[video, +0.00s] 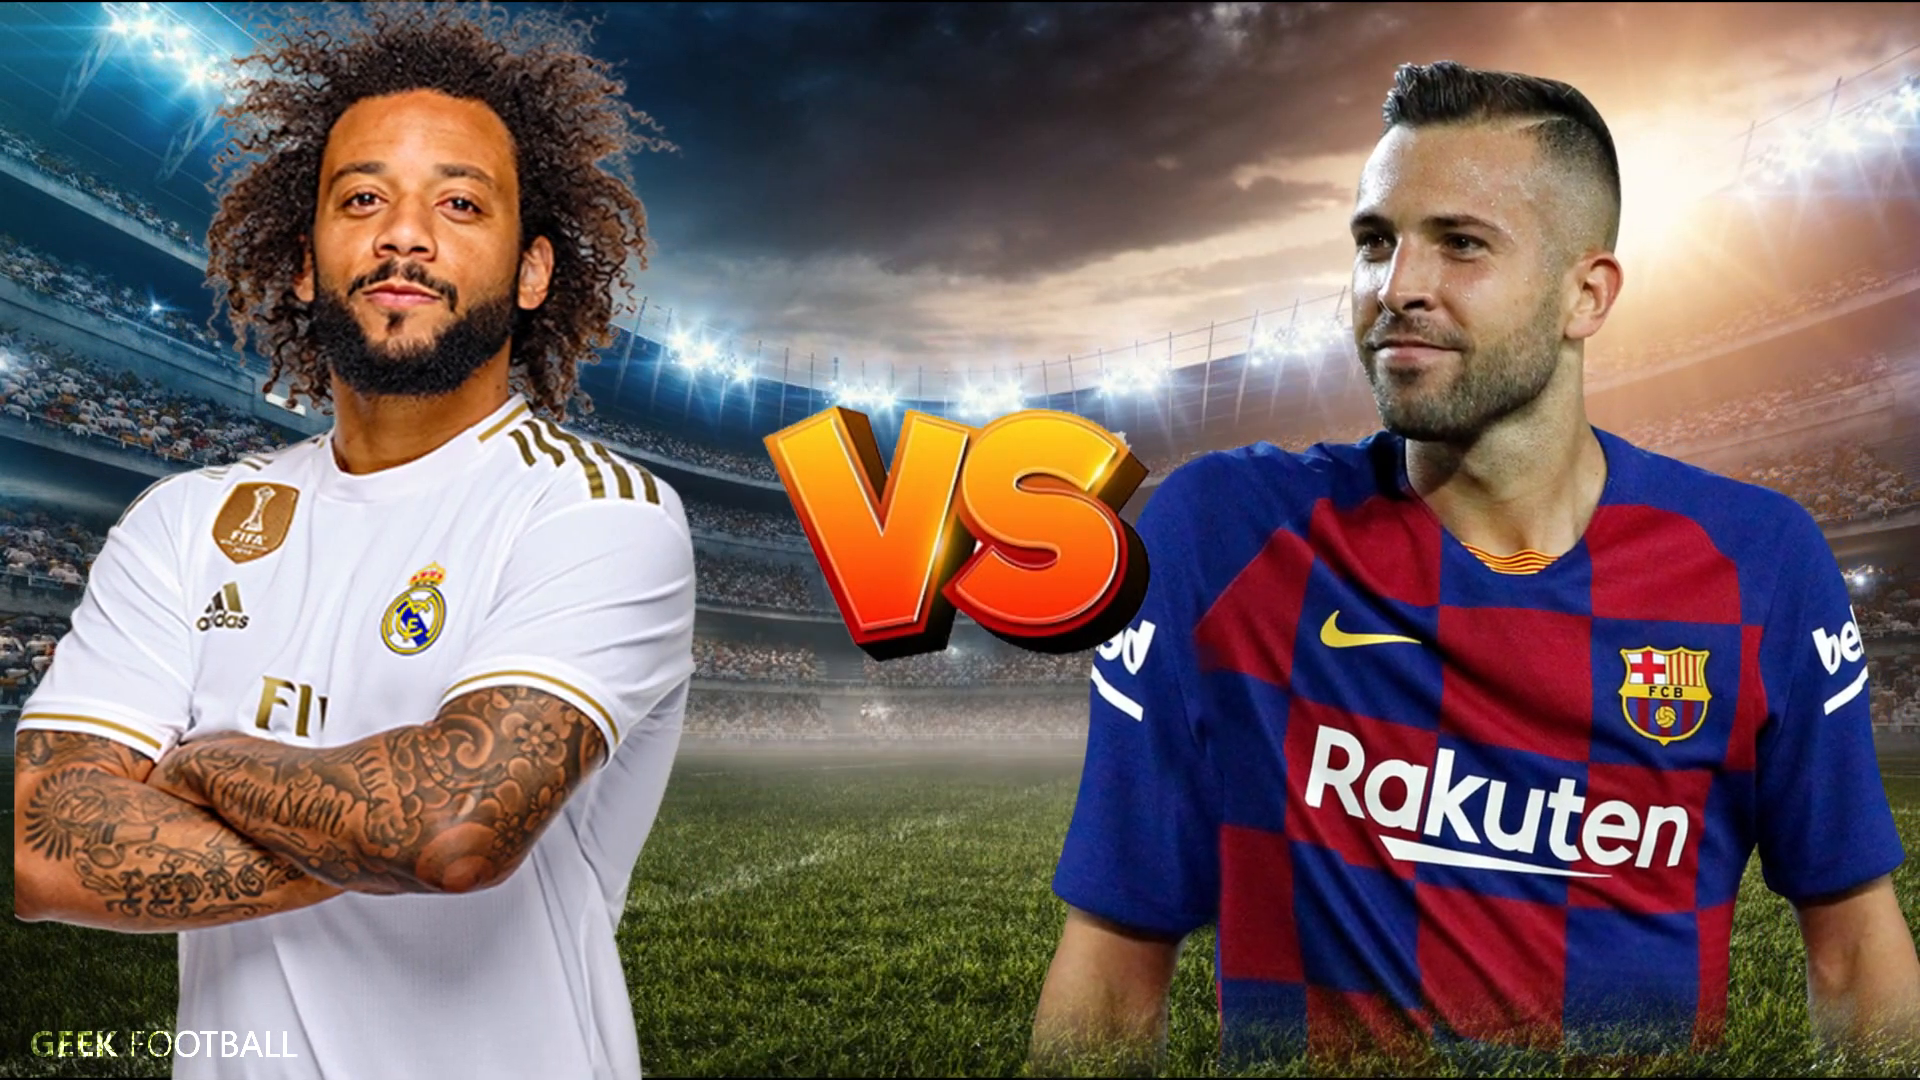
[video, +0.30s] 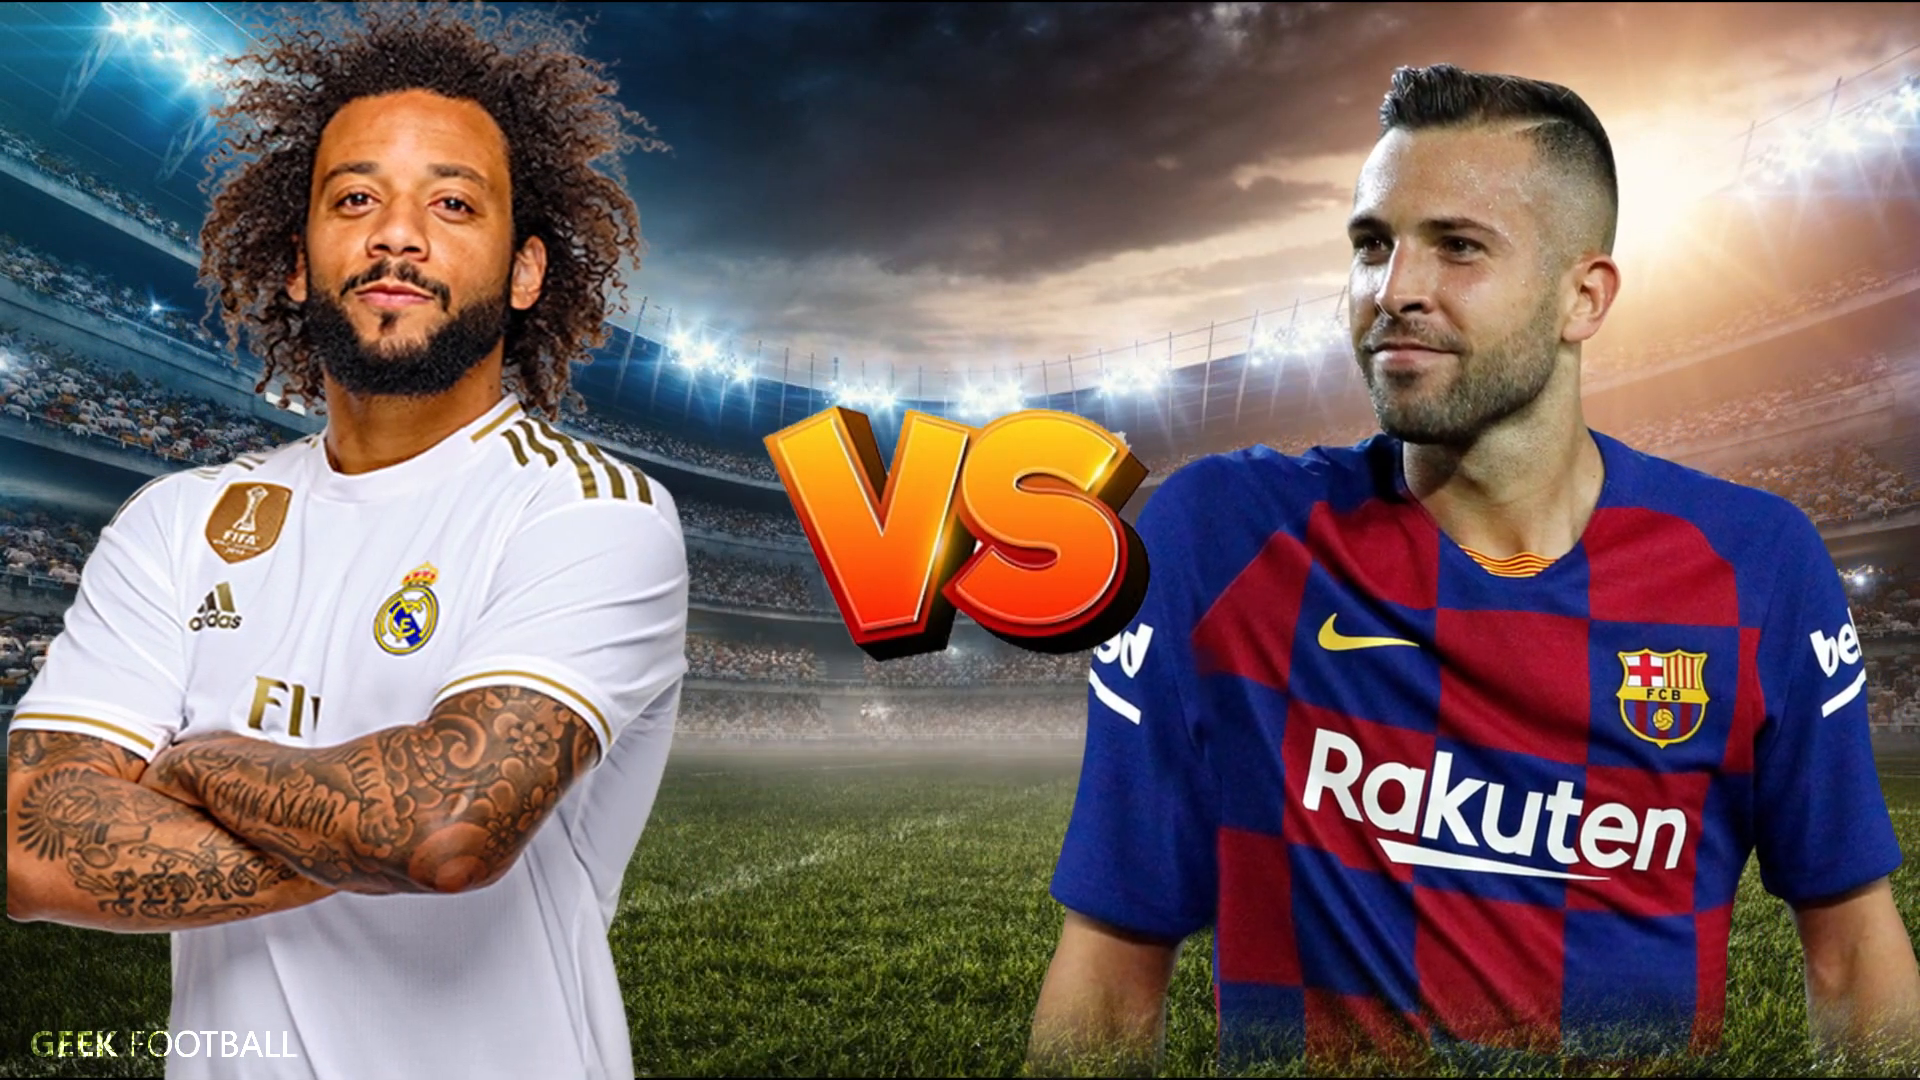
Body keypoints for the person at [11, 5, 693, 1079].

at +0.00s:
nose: (406, 238)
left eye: (461, 203)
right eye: (362, 199)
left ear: (529, 273)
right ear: (309, 260)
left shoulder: (603, 517)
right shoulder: (184, 523)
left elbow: (460, 824)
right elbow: (51, 853)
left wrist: (193, 761)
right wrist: (378, 829)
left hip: (515, 1064)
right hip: (234, 1063)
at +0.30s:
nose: (399, 238)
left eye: (454, 203)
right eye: (355, 199)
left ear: (522, 273)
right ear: (302, 259)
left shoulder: (597, 518)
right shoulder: (176, 523)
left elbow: (451, 825)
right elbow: (42, 853)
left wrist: (186, 760)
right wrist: (369, 829)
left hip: (507, 1063)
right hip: (227, 1062)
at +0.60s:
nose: (389, 238)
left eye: (445, 203)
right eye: (346, 199)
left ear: (514, 273)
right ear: (293, 261)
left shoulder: (588, 518)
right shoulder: (169, 522)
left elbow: (442, 824)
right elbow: (29, 848)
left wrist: (181, 760)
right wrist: (357, 829)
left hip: (499, 1063)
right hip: (219, 1061)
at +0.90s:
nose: (374, 238)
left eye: (430, 204)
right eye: (332, 199)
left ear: (500, 272)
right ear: (280, 259)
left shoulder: (574, 518)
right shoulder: (154, 521)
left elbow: (429, 824)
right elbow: (26, 851)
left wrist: (168, 760)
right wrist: (345, 826)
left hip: (485, 1063)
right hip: (206, 1062)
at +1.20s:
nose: (321, 234)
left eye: (376, 201)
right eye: (279, 199)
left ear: (446, 269)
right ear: (225, 262)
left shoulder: (520, 516)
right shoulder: (98, 523)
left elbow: (372, 825)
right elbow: (13, 862)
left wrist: (112, 761)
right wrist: (295, 821)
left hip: (431, 1063)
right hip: (153, 1063)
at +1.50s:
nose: (224, 236)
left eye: (279, 202)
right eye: (181, 197)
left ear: (348, 272)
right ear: (127, 258)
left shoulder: (424, 517)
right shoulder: (15, 512)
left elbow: (277, 821)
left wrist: (12, 758)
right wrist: (211, 810)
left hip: (322, 1062)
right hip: (34, 1059)